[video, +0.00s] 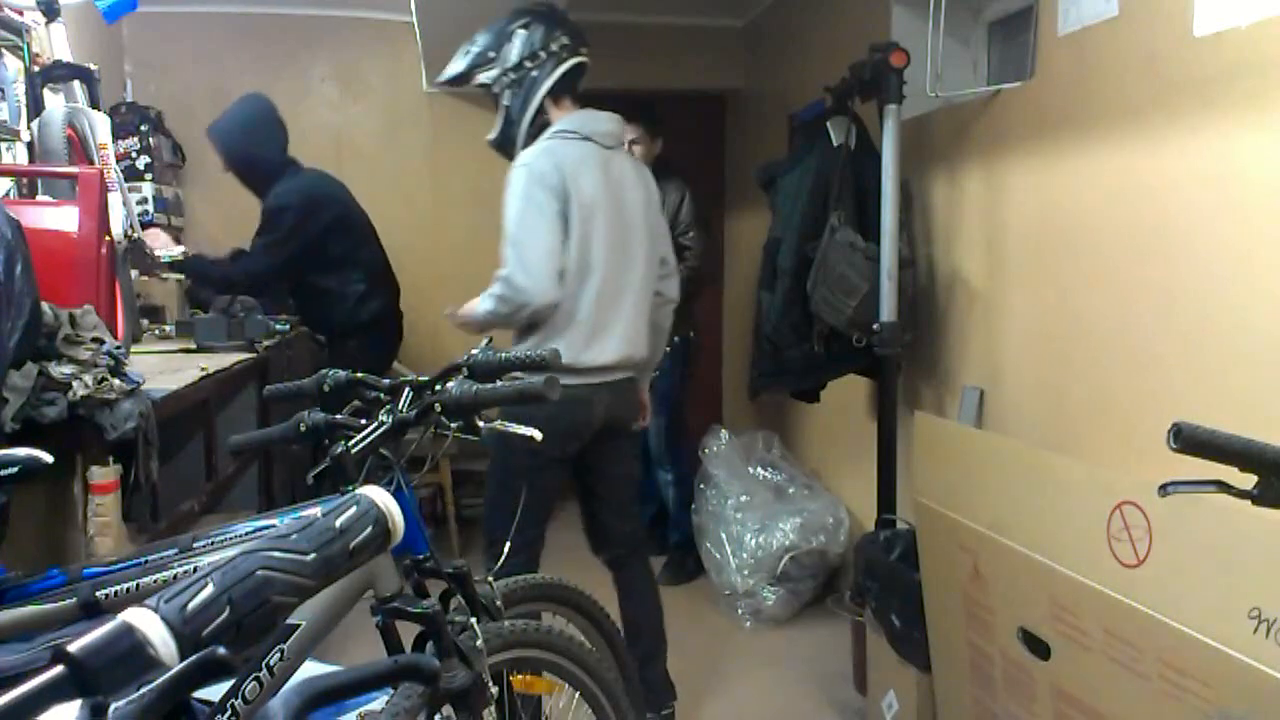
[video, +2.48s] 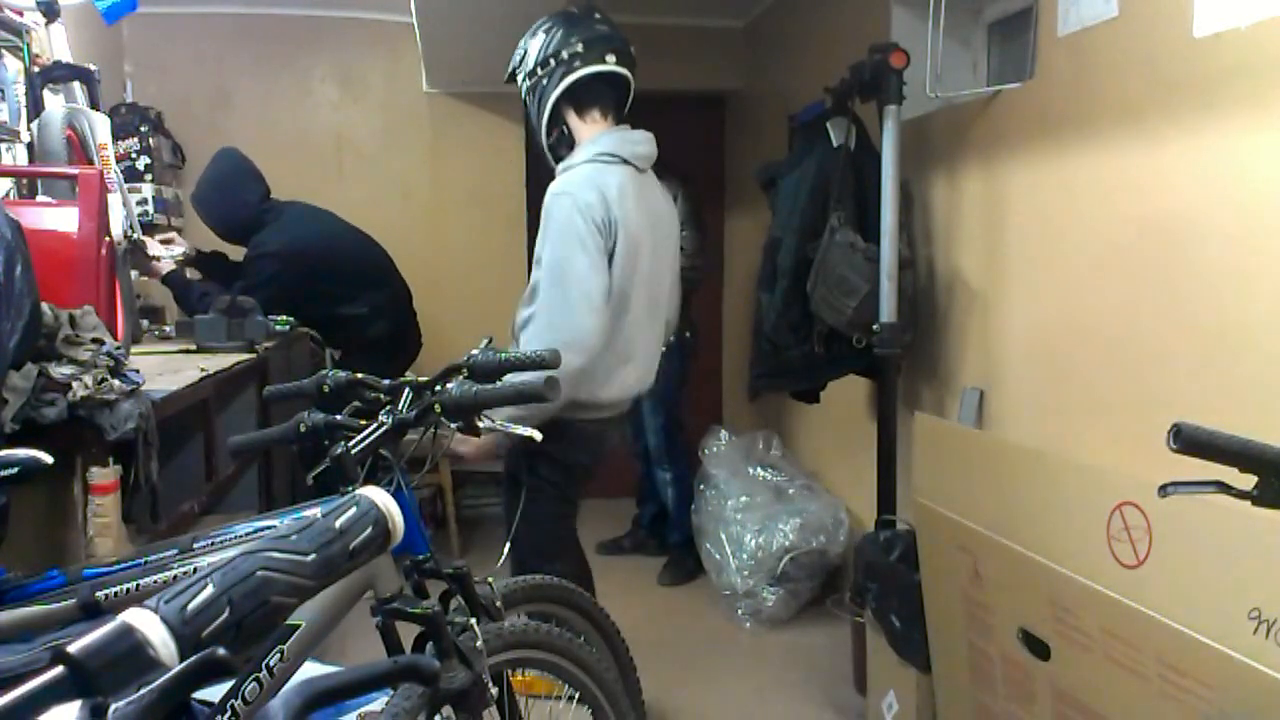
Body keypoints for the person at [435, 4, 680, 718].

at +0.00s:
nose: (497, 110)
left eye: (501, 92)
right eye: (495, 94)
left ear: (532, 84)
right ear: (565, 84)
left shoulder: (540, 164)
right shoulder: (632, 165)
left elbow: (532, 286)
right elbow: (664, 280)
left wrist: (480, 312)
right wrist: (641, 372)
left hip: (546, 396)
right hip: (618, 395)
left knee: (509, 552)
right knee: (626, 548)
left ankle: (502, 692)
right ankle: (651, 695)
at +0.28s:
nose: (444, 105)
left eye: (446, 87)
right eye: (440, 89)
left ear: (479, 74)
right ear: (517, 72)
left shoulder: (487, 166)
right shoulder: (601, 164)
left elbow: (441, 279)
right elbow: (634, 281)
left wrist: (375, 340)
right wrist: (609, 375)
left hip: (507, 392)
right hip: (580, 391)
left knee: (503, 553)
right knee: (583, 537)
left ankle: (508, 696)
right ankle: (636, 690)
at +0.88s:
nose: (421, 115)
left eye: (425, 97)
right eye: (417, 99)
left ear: (462, 81)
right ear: (479, 78)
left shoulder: (500, 165)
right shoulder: (564, 162)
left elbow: (484, 304)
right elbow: (597, 275)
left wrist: (423, 377)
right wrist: (554, 352)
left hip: (503, 393)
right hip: (555, 386)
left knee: (493, 553)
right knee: (542, 530)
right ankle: (606, 669)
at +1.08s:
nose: (461, 119)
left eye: (475, 102)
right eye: (448, 105)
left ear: (514, 90)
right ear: (435, 101)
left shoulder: (560, 174)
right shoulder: (498, 172)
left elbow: (564, 299)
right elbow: (495, 292)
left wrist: (507, 376)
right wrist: (470, 369)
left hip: (553, 382)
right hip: (508, 379)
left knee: (517, 541)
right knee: (527, 532)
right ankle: (581, 652)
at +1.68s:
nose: (505, 131)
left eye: (514, 117)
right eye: (503, 118)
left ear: (554, 112)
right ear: (549, 114)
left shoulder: (610, 203)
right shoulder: (542, 195)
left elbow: (604, 328)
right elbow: (519, 314)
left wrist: (544, 396)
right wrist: (465, 351)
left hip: (555, 399)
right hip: (505, 392)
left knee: (545, 551)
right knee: (511, 543)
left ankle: (599, 666)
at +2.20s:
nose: (522, 112)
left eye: (526, 95)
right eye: (522, 96)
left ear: (555, 94)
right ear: (596, 97)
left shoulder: (591, 193)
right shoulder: (626, 189)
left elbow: (574, 334)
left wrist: (495, 406)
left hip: (566, 416)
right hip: (594, 409)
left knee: (528, 565)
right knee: (542, 556)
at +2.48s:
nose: (530, 114)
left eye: (531, 99)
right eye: (528, 98)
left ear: (551, 97)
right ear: (620, 94)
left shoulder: (578, 192)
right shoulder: (655, 193)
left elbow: (566, 331)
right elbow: (661, 315)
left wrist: (497, 430)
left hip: (565, 414)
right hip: (610, 409)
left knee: (539, 552)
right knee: (554, 540)